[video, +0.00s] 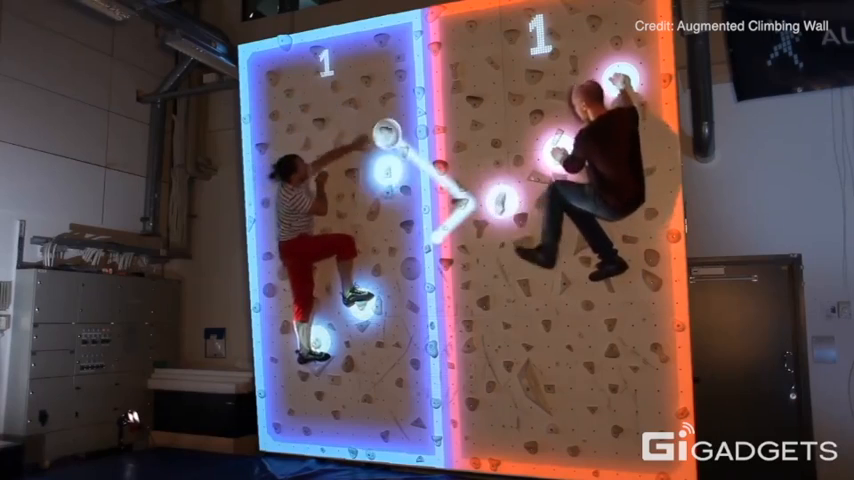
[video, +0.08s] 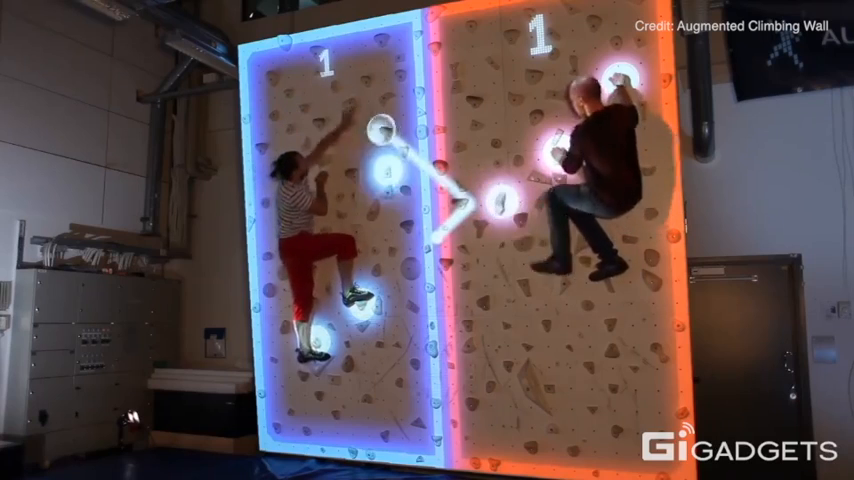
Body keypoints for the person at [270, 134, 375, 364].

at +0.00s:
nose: (307, 168)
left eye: (305, 165)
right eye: (303, 167)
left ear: (292, 174)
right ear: (294, 175)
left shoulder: (292, 183)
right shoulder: (292, 195)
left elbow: (322, 162)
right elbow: (322, 209)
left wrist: (352, 147)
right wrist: (322, 185)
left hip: (291, 247)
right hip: (299, 245)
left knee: (303, 298)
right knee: (343, 242)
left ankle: (305, 350)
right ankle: (349, 291)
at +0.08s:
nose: (306, 164)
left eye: (304, 162)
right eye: (302, 164)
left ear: (290, 171)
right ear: (294, 171)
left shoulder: (290, 183)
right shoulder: (293, 193)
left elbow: (318, 152)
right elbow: (322, 209)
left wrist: (342, 127)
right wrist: (321, 185)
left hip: (290, 246)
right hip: (300, 243)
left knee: (303, 296)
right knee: (345, 242)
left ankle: (305, 350)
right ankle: (348, 292)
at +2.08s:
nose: (283, 187)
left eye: (283, 183)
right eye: (279, 185)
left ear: (279, 181)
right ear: (269, 186)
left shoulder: (268, 195)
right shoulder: (279, 204)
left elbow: (290, 158)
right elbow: (311, 207)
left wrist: (308, 130)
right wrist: (320, 186)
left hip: (282, 254)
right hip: (291, 251)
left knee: (305, 300)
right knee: (333, 246)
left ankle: (305, 351)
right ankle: (346, 294)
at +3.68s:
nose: (302, 192)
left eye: (302, 189)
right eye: (298, 189)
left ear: (293, 186)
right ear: (287, 191)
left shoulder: (283, 195)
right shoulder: (290, 210)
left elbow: (298, 159)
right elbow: (315, 208)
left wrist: (310, 131)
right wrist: (321, 189)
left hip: (282, 256)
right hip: (285, 256)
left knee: (308, 302)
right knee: (329, 281)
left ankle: (306, 350)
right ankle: (354, 325)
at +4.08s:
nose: (296, 188)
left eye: (295, 185)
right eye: (293, 185)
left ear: (279, 187)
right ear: (281, 188)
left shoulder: (275, 198)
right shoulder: (283, 209)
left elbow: (293, 162)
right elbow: (311, 209)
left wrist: (310, 132)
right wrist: (320, 188)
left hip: (280, 256)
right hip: (286, 253)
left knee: (311, 296)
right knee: (332, 246)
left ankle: (306, 349)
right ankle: (352, 293)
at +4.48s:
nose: (288, 184)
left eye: (286, 180)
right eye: (284, 183)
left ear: (279, 182)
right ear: (273, 189)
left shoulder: (275, 189)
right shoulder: (268, 213)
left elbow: (294, 156)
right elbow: (294, 236)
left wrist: (310, 131)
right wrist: (315, 214)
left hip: (280, 252)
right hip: (280, 253)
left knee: (308, 296)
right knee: (328, 249)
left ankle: (304, 348)